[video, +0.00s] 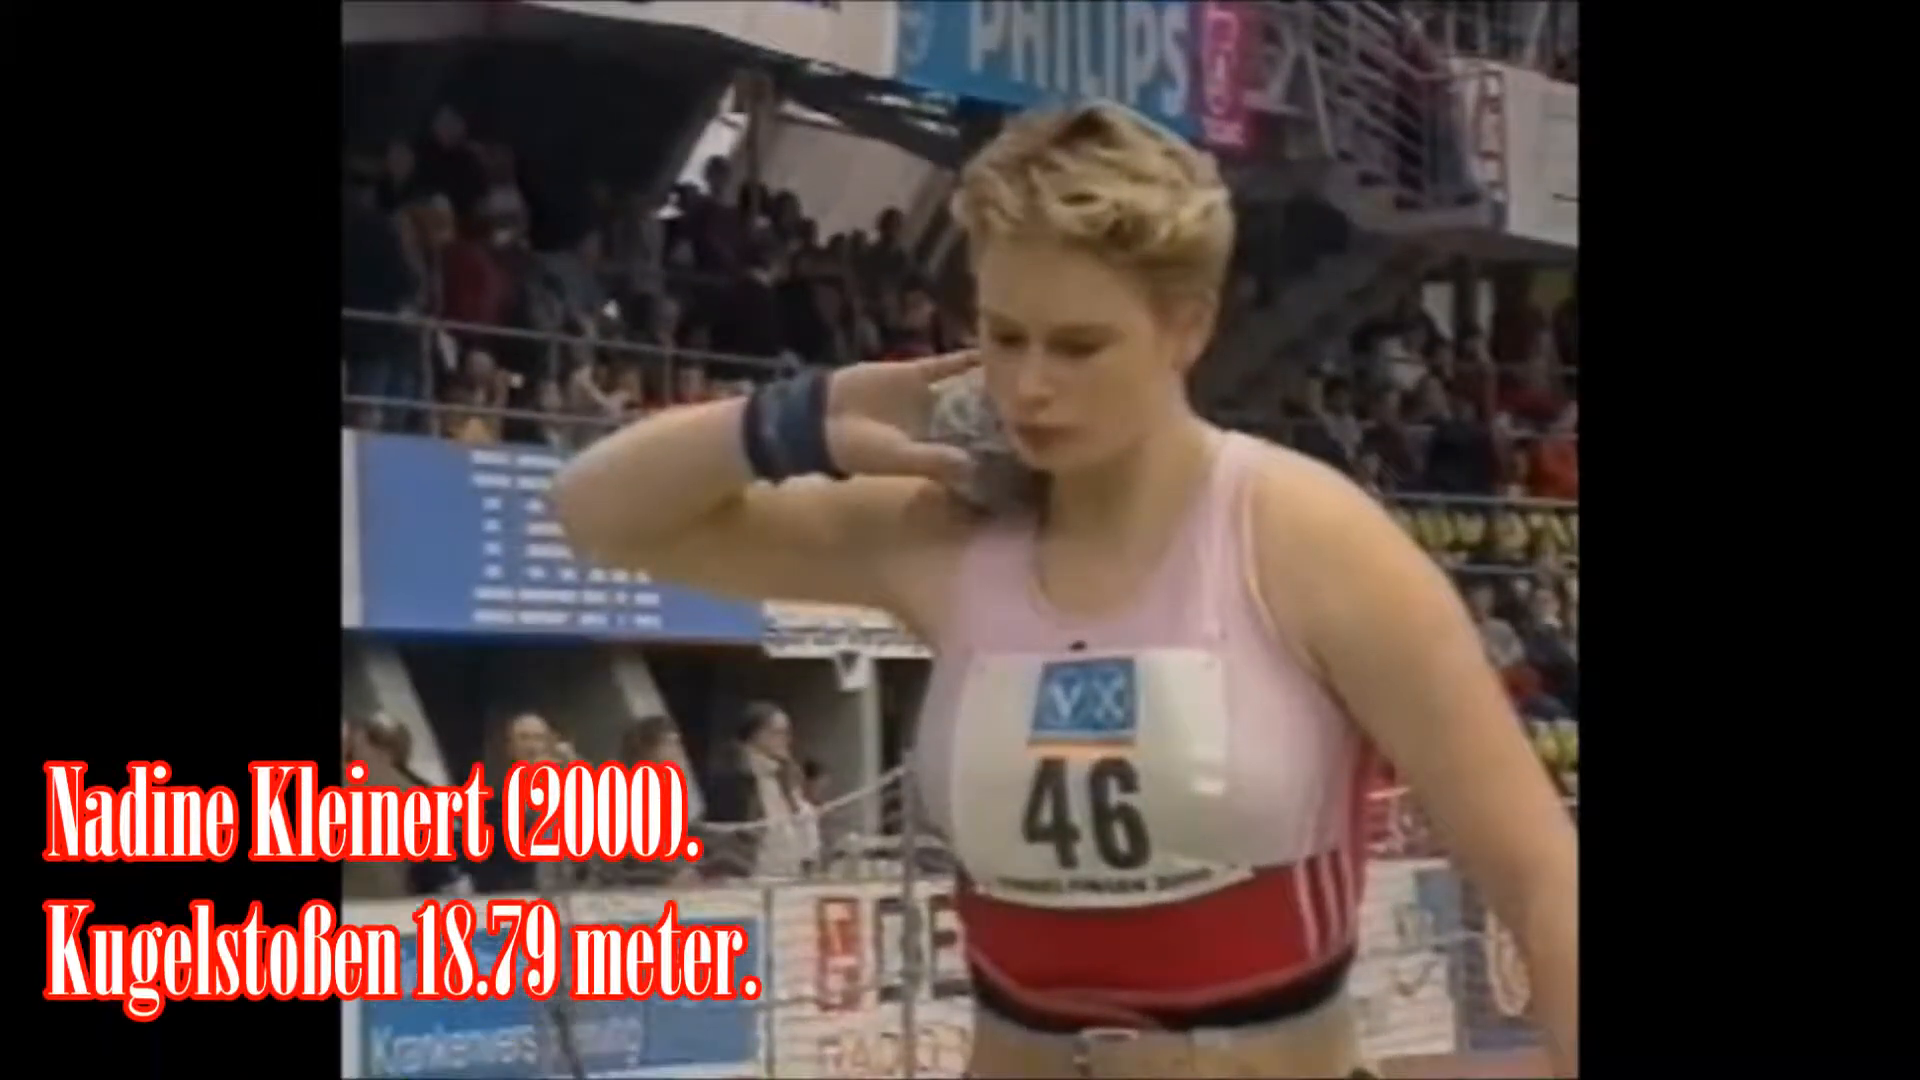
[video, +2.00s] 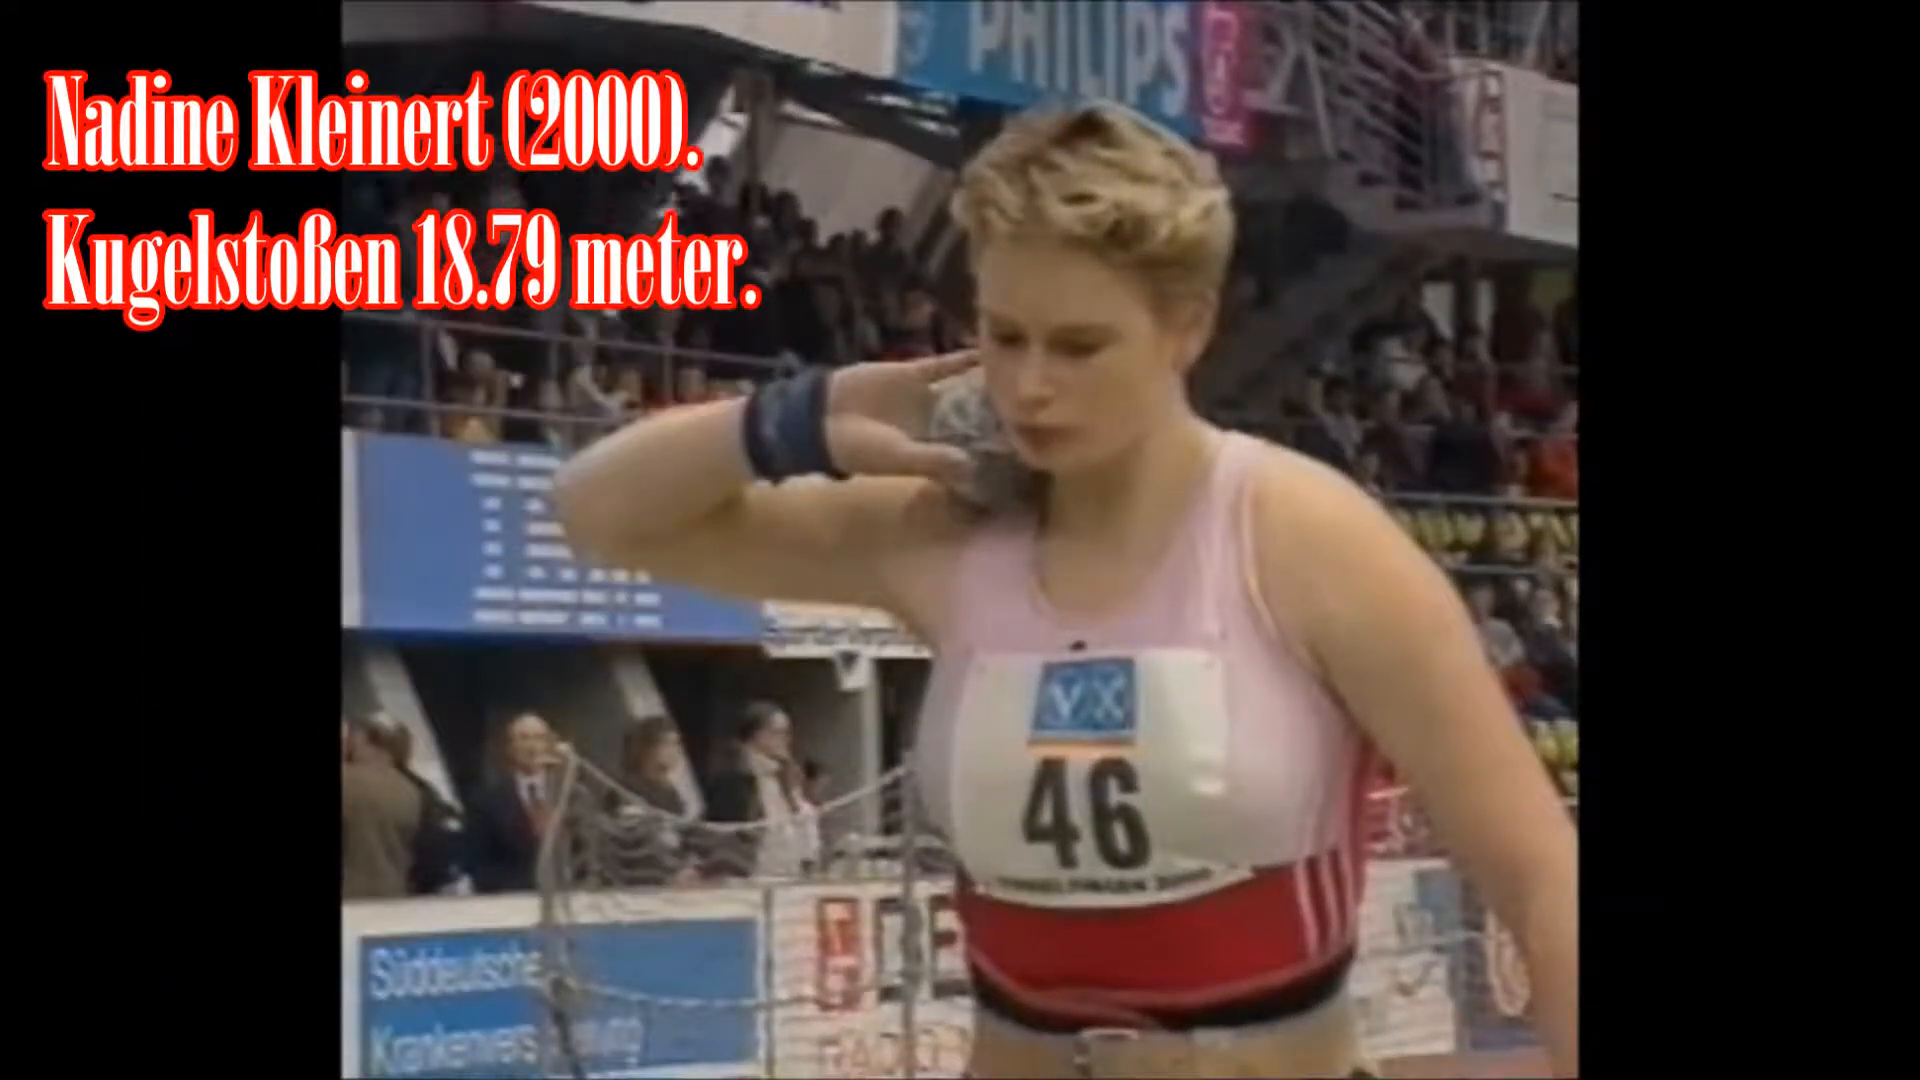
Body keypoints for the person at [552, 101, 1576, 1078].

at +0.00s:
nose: (1028, 387)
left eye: (1078, 345)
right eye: (1004, 339)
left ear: (1186, 329)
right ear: (974, 325)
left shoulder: (1303, 533)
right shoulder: (929, 535)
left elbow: (1538, 874)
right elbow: (600, 512)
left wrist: (1564, 1059)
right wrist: (812, 420)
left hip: (1268, 1054)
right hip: (1016, 1052)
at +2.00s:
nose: (1028, 387)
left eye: (1079, 345)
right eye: (1004, 338)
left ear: (1186, 328)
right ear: (974, 324)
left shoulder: (1302, 533)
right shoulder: (929, 534)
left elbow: (1538, 874)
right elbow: (601, 512)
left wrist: (1565, 1061)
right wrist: (810, 420)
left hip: (1269, 1054)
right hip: (1017, 1051)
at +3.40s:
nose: (1049, 381)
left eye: (1087, 344)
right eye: (1014, 338)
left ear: (1187, 326)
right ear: (970, 319)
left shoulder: (1312, 538)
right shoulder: (949, 539)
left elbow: (1539, 876)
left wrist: (1561, 1051)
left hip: (1269, 1050)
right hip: (1011, 1048)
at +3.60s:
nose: (835, 562)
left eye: (879, 513)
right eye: (802, 514)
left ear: (982, 481)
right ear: (771, 499)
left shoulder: (1149, 634)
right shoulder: (781, 743)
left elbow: (1410, 879)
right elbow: (560, 910)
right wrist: (608, 638)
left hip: (1221, 1067)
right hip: (946, 1064)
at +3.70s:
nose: (873, 549)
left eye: (914, 501)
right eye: (843, 503)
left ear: (1020, 475)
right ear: (813, 491)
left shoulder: (1178, 625)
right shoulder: (824, 735)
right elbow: (583, 953)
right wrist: (655, 653)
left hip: (1282, 1068)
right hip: (1006, 1073)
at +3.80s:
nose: (896, 534)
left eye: (939, 486)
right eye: (867, 490)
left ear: (1044, 459)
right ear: (835, 481)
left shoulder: (1193, 619)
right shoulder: (845, 723)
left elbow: (1521, 854)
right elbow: (591, 943)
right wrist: (702, 641)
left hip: (1281, 1058)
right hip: (1025, 1064)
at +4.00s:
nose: (981, 496)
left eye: (1027, 453)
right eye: (954, 453)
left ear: (1133, 439)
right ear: (929, 454)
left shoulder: (1260, 604)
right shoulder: (921, 705)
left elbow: (1519, 871)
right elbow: (623, 855)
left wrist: (1558, 1043)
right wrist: (801, 603)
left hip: (1315, 1052)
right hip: (1074, 1063)